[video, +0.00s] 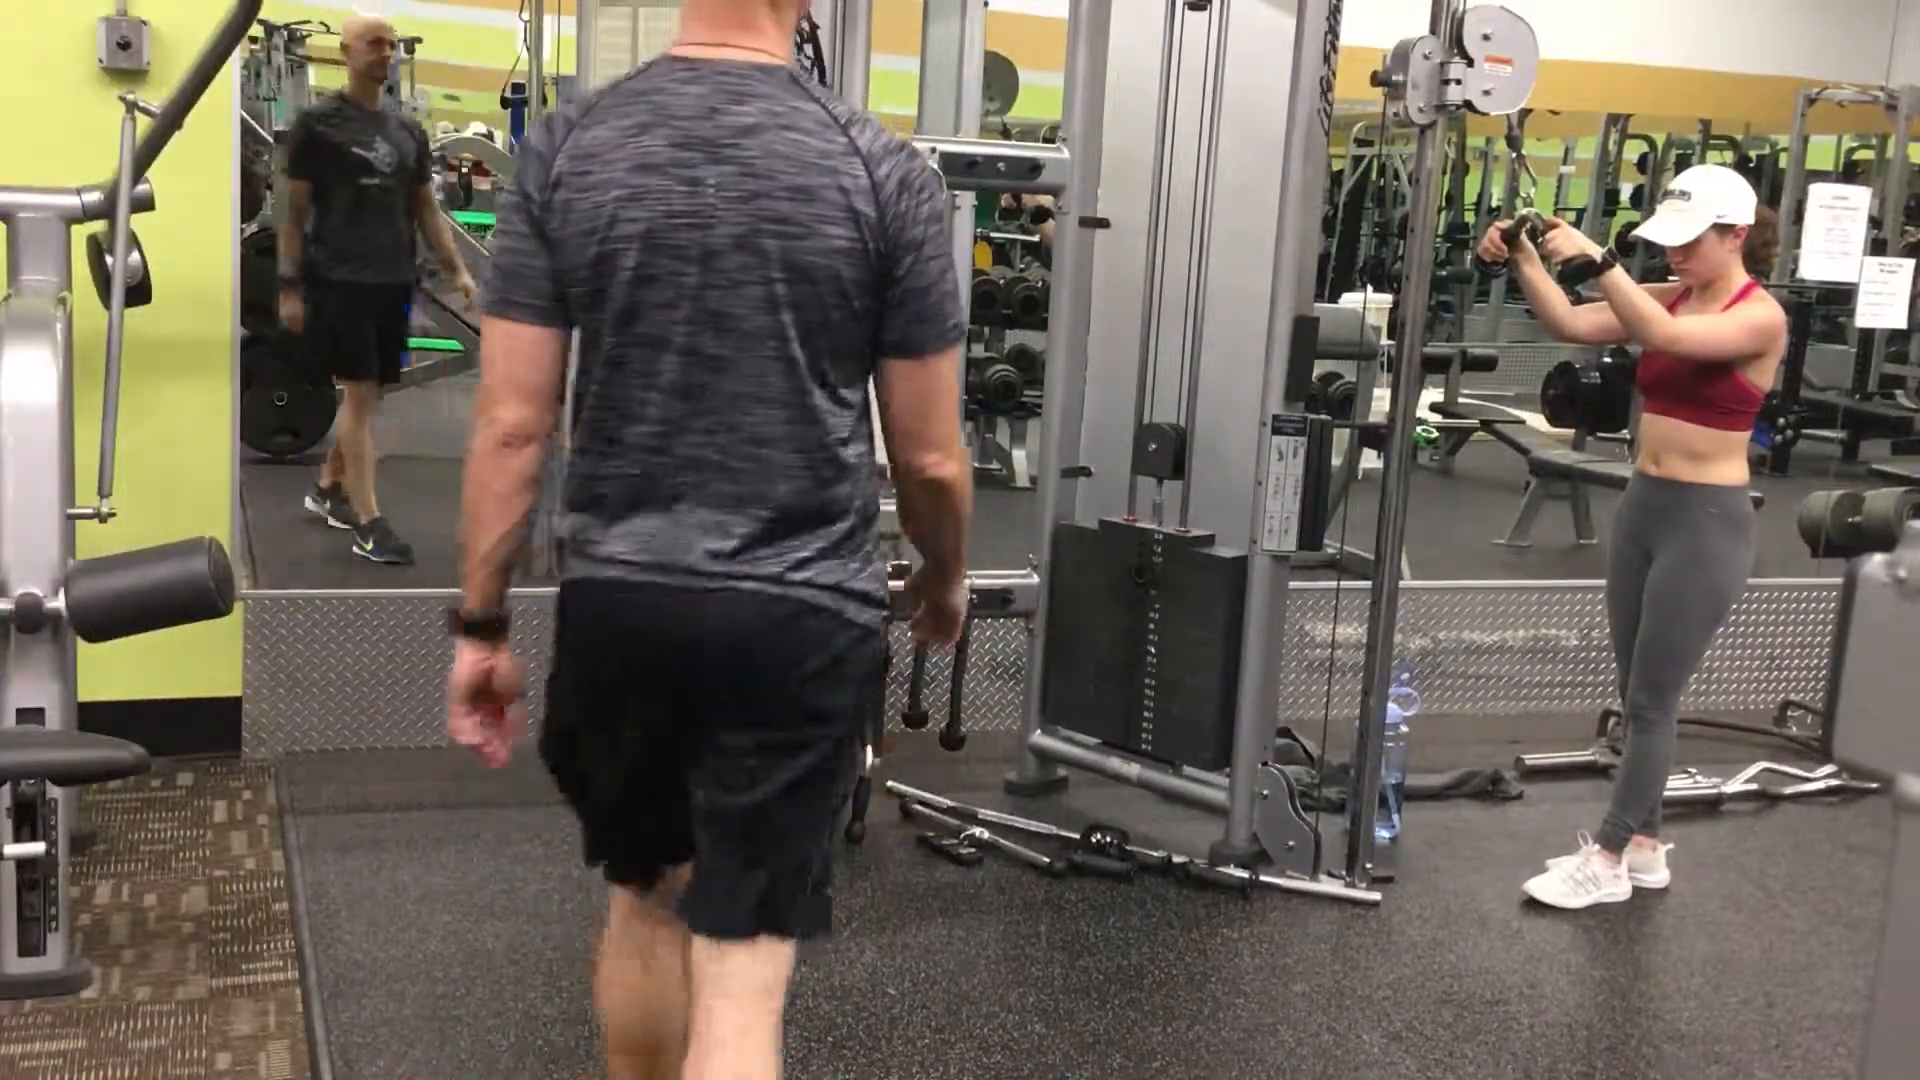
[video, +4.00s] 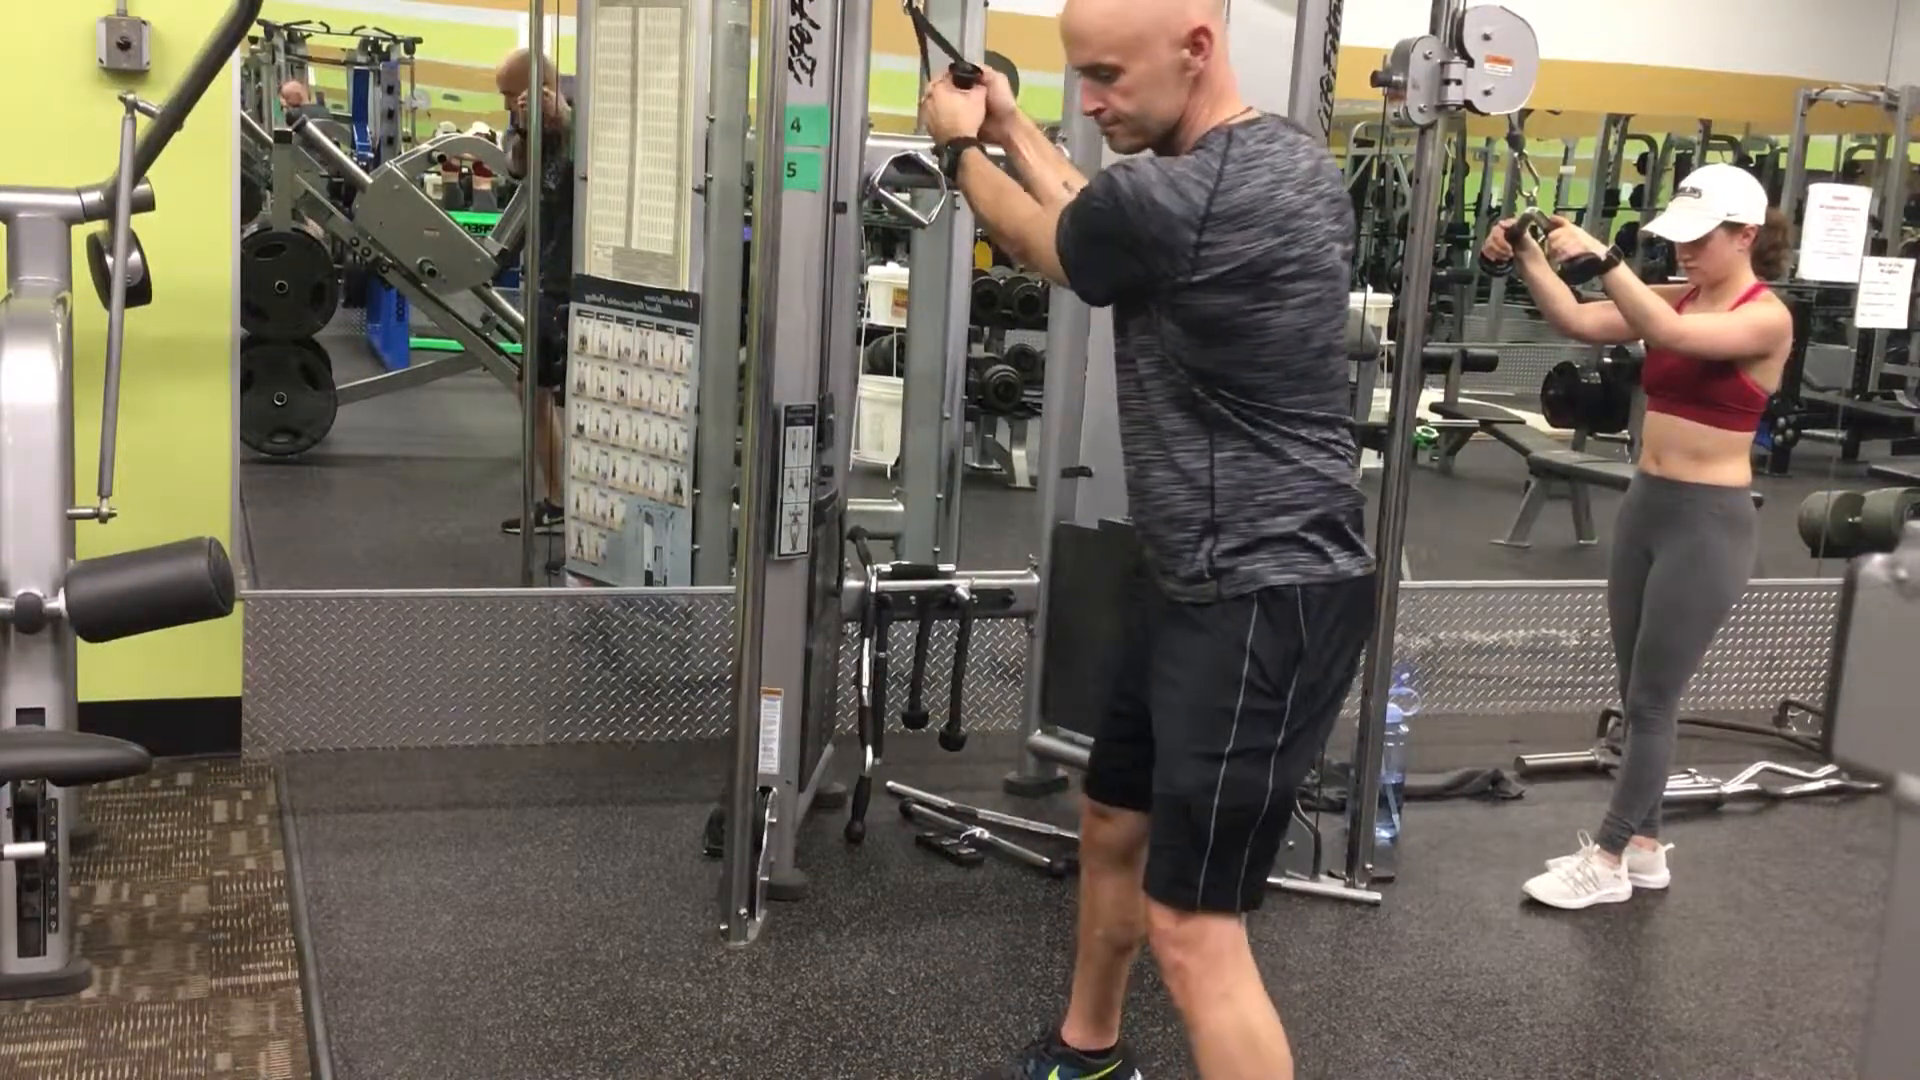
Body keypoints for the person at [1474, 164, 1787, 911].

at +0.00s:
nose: (1673, 255)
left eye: (1686, 241)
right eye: (1668, 242)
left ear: (1735, 236)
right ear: (1669, 241)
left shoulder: (1763, 317)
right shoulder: (1669, 299)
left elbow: (1666, 335)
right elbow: (1571, 322)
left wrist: (1596, 259)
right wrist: (1521, 258)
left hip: (1708, 524)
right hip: (1640, 510)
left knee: (1652, 700)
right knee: (1639, 694)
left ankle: (1607, 858)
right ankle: (1644, 845)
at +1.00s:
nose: (1674, 253)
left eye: (1688, 239)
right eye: (1669, 241)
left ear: (1737, 236)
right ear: (1670, 240)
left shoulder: (1763, 315)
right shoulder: (1667, 297)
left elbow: (1664, 334)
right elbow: (1570, 322)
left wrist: (1595, 259)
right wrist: (1520, 260)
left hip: (1710, 524)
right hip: (1642, 509)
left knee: (1653, 699)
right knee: (1640, 692)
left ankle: (1606, 858)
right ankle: (1644, 845)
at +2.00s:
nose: (1683, 252)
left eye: (1699, 238)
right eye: (1680, 239)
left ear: (1748, 236)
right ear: (1682, 238)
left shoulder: (1771, 318)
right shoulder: (1678, 300)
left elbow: (1673, 330)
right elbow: (1584, 317)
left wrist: (1604, 256)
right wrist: (1527, 257)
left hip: (1709, 523)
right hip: (1642, 509)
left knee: (1652, 698)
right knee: (1639, 692)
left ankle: (1605, 859)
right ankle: (1646, 846)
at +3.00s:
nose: (1683, 252)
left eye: (1698, 238)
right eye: (1679, 239)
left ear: (1746, 236)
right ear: (1679, 238)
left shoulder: (1770, 317)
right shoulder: (1675, 302)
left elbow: (1672, 331)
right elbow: (1579, 316)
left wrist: (1602, 257)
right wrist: (1525, 258)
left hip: (1709, 523)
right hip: (1642, 508)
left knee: (1652, 698)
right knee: (1639, 692)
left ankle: (1605, 859)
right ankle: (1646, 846)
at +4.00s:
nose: (1681, 252)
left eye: (1696, 239)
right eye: (1678, 239)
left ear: (1745, 236)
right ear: (1679, 238)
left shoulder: (1769, 318)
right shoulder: (1675, 300)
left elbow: (1670, 331)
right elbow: (1579, 319)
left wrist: (1602, 257)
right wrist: (1525, 257)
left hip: (1709, 524)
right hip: (1642, 510)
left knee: (1652, 699)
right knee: (1639, 693)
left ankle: (1606, 859)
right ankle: (1646, 846)